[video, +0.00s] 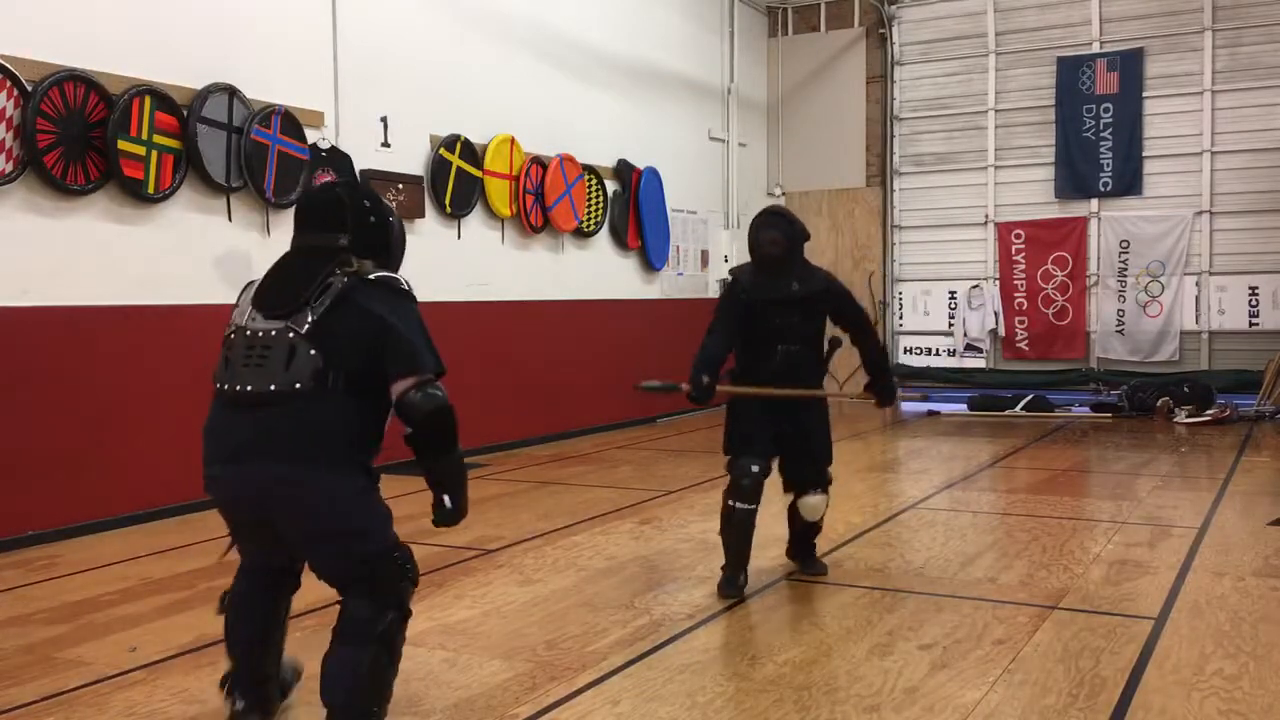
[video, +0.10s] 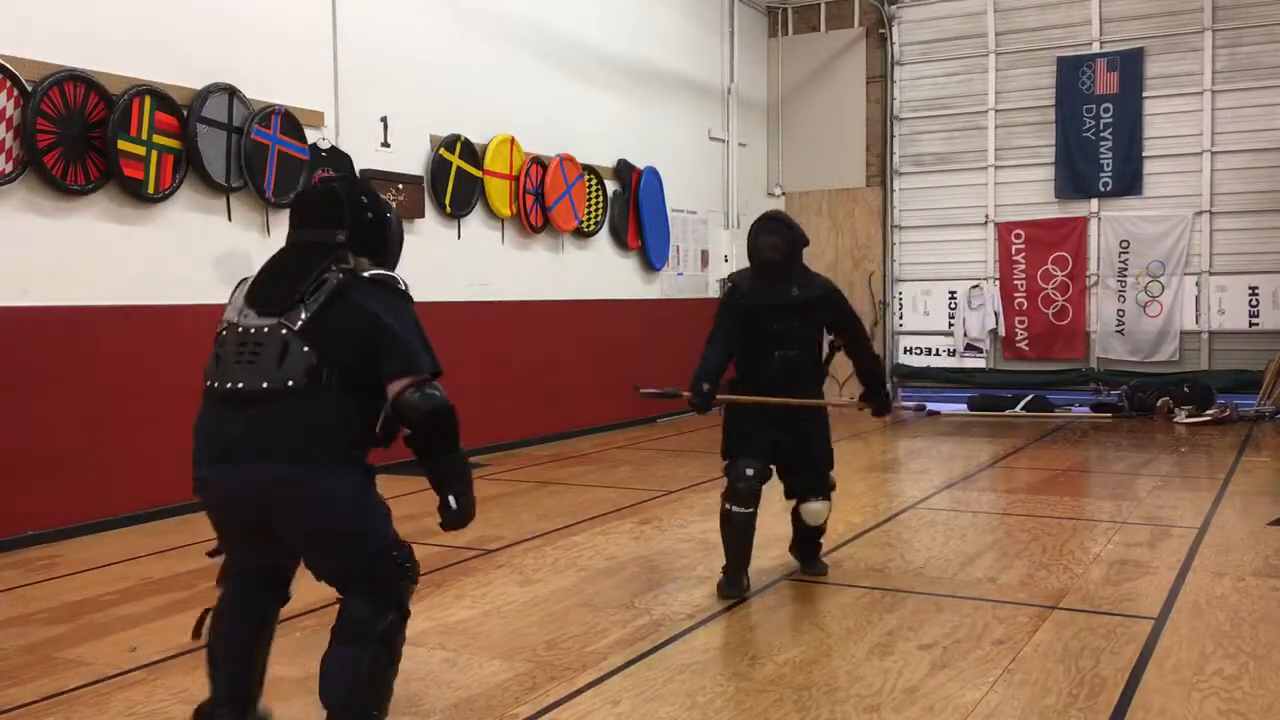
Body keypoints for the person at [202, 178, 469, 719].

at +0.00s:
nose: (397, 246)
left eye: (394, 235)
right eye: (392, 236)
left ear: (310, 235)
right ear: (373, 239)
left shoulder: (261, 288)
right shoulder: (377, 293)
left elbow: (243, 383)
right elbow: (423, 404)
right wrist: (447, 482)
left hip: (231, 467)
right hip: (320, 476)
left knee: (265, 560)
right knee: (380, 579)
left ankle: (251, 688)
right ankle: (355, 705)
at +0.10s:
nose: (394, 240)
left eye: (392, 229)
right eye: (388, 229)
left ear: (303, 231)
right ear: (367, 234)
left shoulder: (253, 287)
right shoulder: (372, 290)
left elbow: (233, 390)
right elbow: (421, 406)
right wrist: (451, 479)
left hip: (224, 468)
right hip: (317, 476)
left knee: (255, 567)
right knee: (380, 576)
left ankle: (229, 706)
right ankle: (354, 707)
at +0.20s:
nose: (381, 226)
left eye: (377, 214)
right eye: (372, 215)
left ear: (288, 222)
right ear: (348, 225)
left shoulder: (239, 283)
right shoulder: (359, 289)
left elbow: (222, 392)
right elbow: (407, 401)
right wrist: (446, 481)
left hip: (210, 475)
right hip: (307, 479)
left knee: (223, 593)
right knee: (374, 580)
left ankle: (188, 708)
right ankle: (351, 707)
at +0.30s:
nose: (363, 216)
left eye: (358, 202)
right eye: (354, 204)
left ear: (268, 214)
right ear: (328, 215)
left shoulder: (214, 284)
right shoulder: (337, 287)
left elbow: (212, 392)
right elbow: (382, 401)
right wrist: (428, 475)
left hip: (196, 485)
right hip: (291, 486)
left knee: (181, 623)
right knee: (368, 578)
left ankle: (145, 708)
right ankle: (350, 707)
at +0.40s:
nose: (341, 211)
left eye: (337, 198)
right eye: (330, 199)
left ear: (243, 212)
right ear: (301, 212)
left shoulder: (191, 282)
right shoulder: (314, 283)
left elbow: (178, 398)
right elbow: (357, 406)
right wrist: (404, 487)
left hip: (178, 488)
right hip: (272, 486)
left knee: (168, 630)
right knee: (359, 572)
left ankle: (136, 710)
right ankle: (350, 707)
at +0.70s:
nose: (331, 204)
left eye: (326, 193)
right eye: (323, 194)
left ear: (238, 202)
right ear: (303, 202)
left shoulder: (183, 274)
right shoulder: (329, 275)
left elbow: (173, 379)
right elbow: (371, 397)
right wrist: (399, 488)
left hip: (192, 486)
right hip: (297, 487)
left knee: (169, 629)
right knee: (367, 599)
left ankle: (137, 709)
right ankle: (393, 709)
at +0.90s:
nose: (379, 212)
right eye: (372, 202)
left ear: (280, 206)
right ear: (357, 206)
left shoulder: (229, 278)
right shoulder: (382, 273)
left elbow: (225, 379)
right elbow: (443, 387)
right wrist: (457, 470)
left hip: (256, 484)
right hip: (361, 483)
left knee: (202, 626)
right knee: (388, 616)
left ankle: (174, 708)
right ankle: (395, 709)